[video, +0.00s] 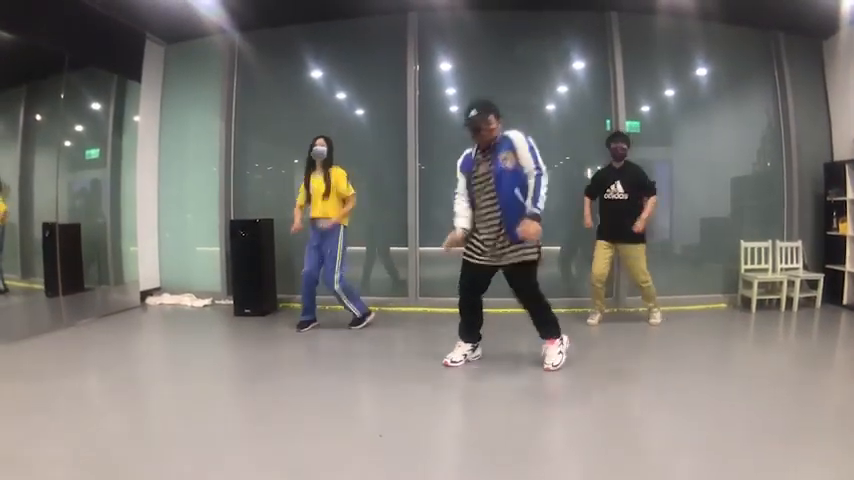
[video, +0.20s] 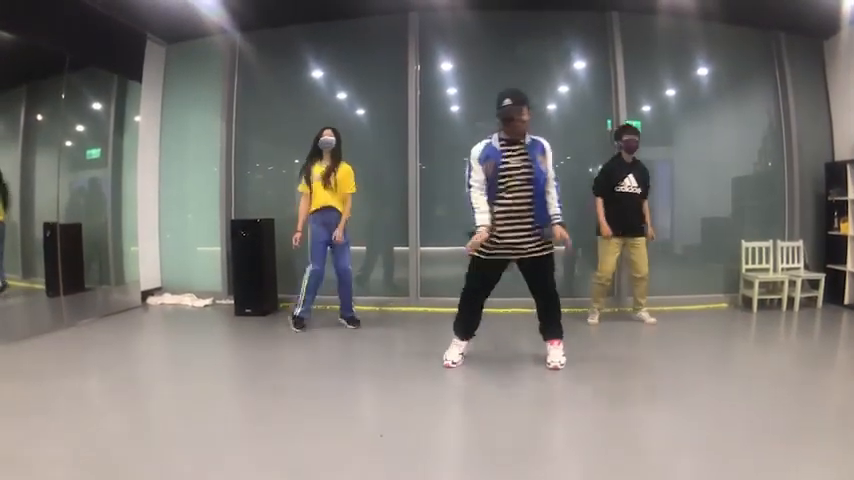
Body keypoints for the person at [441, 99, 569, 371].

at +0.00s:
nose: (483, 135)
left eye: (486, 128)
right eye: (477, 131)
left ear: (497, 122)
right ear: (470, 131)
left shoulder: (515, 140)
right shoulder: (467, 160)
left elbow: (538, 174)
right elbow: (462, 197)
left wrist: (534, 216)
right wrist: (460, 227)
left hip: (515, 237)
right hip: (481, 240)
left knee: (526, 290)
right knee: (468, 291)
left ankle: (554, 340)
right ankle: (469, 344)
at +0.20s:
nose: (524, 124)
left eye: (525, 117)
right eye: (518, 119)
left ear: (528, 115)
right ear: (503, 120)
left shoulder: (540, 147)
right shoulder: (482, 151)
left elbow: (549, 184)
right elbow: (477, 190)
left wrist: (556, 221)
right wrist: (482, 226)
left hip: (533, 237)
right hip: (496, 238)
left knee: (545, 291)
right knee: (474, 290)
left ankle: (554, 342)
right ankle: (460, 340)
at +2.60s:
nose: (536, 132)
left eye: (539, 126)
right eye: (529, 127)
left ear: (544, 125)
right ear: (514, 127)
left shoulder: (553, 158)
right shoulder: (494, 154)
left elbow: (576, 182)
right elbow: (466, 180)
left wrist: (576, 200)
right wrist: (490, 192)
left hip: (546, 240)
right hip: (511, 242)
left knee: (556, 295)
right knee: (508, 297)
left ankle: (554, 345)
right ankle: (463, 340)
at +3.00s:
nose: (556, 140)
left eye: (560, 134)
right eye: (549, 134)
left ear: (566, 135)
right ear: (534, 134)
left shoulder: (565, 175)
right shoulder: (513, 161)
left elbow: (566, 209)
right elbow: (497, 201)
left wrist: (564, 227)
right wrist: (487, 244)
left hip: (544, 252)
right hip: (509, 250)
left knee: (556, 301)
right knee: (493, 299)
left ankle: (553, 348)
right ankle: (476, 347)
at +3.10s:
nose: (562, 140)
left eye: (566, 134)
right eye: (554, 135)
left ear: (571, 136)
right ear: (539, 135)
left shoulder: (567, 176)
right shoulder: (514, 159)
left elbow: (560, 222)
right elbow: (495, 196)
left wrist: (567, 209)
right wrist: (482, 239)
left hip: (534, 251)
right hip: (497, 245)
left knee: (544, 300)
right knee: (467, 287)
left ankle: (551, 349)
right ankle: (468, 347)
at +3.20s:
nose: (544, 128)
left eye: (548, 123)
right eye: (538, 123)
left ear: (553, 125)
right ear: (524, 123)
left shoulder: (558, 167)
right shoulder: (499, 148)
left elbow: (555, 210)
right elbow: (477, 179)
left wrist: (565, 209)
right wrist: (482, 217)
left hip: (528, 246)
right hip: (491, 238)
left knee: (539, 299)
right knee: (472, 295)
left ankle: (548, 349)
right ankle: (470, 348)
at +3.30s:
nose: (517, 120)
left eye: (521, 114)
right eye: (509, 115)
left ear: (529, 116)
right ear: (499, 118)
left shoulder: (544, 154)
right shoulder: (484, 150)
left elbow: (554, 190)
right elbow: (471, 185)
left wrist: (559, 218)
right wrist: (479, 221)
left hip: (530, 241)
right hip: (491, 239)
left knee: (540, 296)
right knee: (478, 297)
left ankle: (549, 347)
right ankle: (472, 350)